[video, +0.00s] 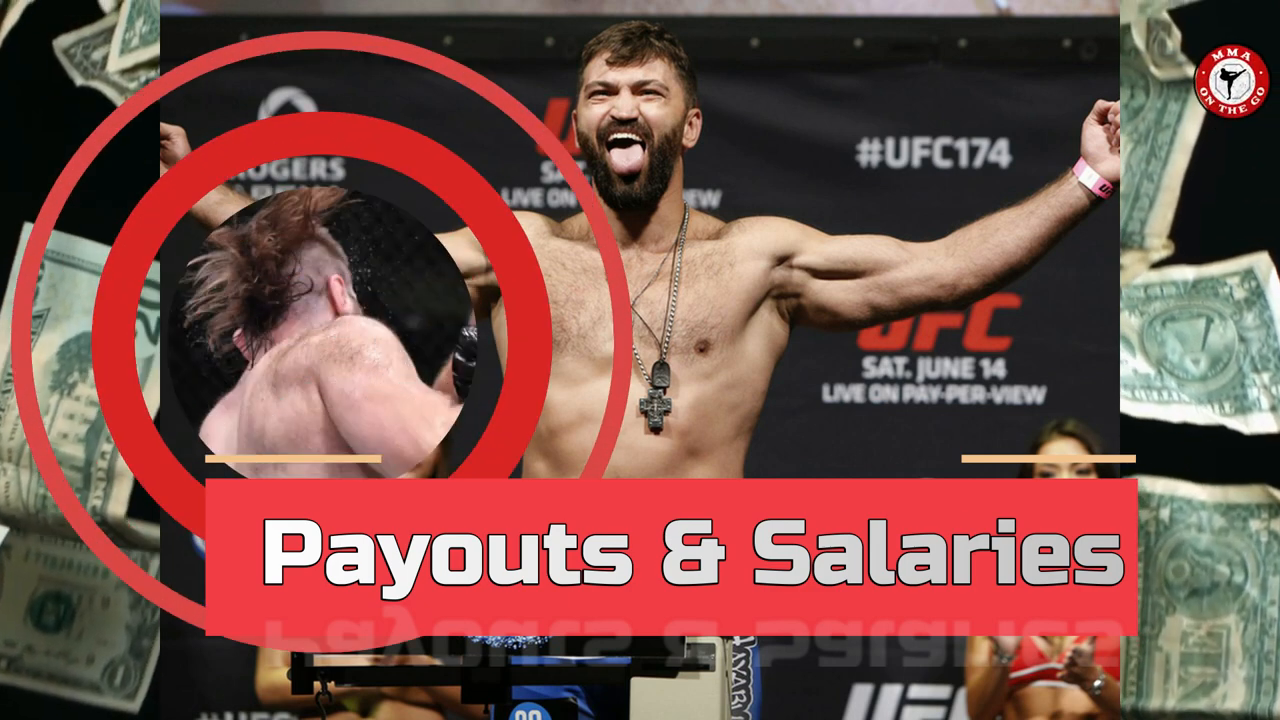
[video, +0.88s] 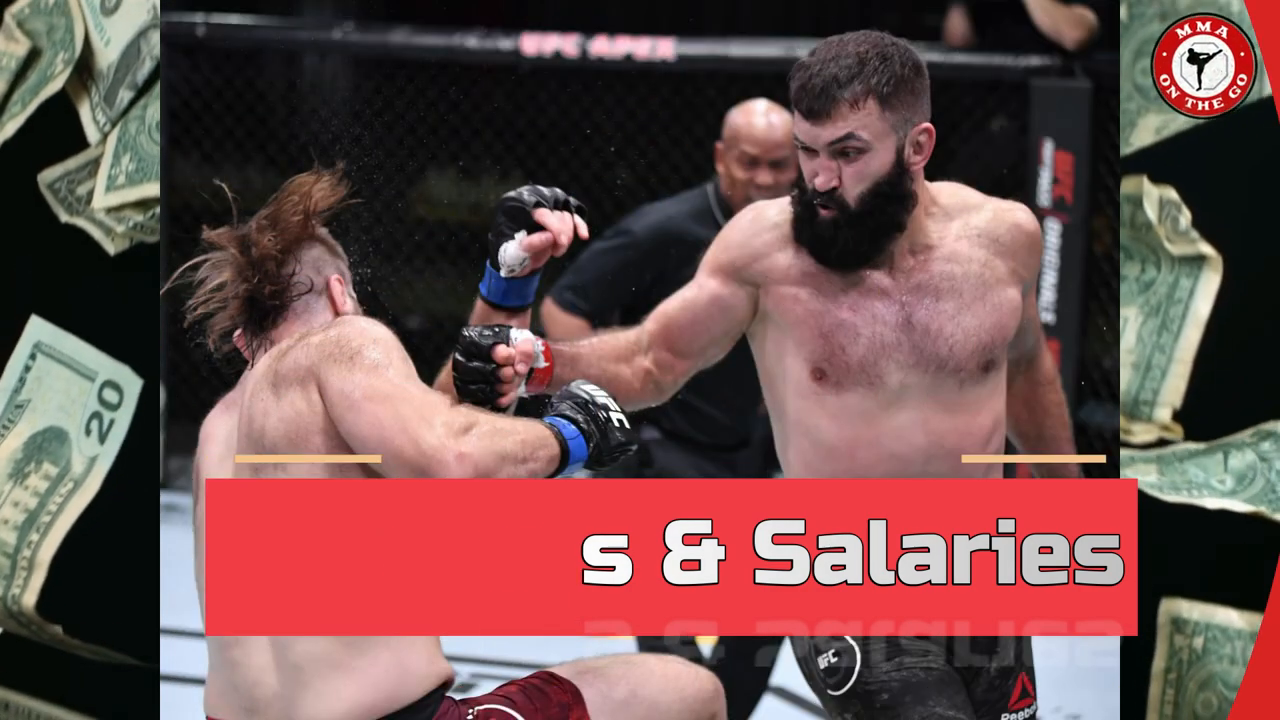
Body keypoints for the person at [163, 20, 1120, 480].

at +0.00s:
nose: (619, 106)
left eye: (646, 91)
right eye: (600, 90)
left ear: (692, 128)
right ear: (571, 123)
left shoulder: (763, 255)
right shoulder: (515, 241)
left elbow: (944, 268)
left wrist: (1086, 180)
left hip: (684, 601)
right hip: (520, 593)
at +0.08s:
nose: (620, 108)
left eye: (647, 91)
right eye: (599, 95)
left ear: (689, 125)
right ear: (571, 132)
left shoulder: (763, 254)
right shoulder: (527, 244)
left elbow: (945, 269)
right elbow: (460, 411)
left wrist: (1090, 178)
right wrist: (481, 372)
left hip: (695, 594)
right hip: (535, 591)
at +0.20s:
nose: (616, 108)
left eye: (634, 92)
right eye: (595, 98)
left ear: (676, 115)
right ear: (580, 140)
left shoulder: (753, 244)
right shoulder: (633, 264)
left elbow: (938, 270)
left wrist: (1086, 180)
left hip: (696, 532)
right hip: (610, 525)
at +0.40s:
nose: (765, 180)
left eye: (779, 165)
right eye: (749, 164)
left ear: (797, 163)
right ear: (720, 157)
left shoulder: (806, 233)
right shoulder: (663, 230)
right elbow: (561, 310)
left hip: (765, 451)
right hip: (674, 449)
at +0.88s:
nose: (766, 181)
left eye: (781, 165)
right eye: (750, 164)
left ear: (800, 162)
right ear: (720, 158)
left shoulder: (803, 238)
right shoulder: (661, 232)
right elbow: (560, 310)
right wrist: (619, 406)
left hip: (768, 463)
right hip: (670, 462)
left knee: (757, 643)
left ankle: (729, 713)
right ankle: (675, 709)